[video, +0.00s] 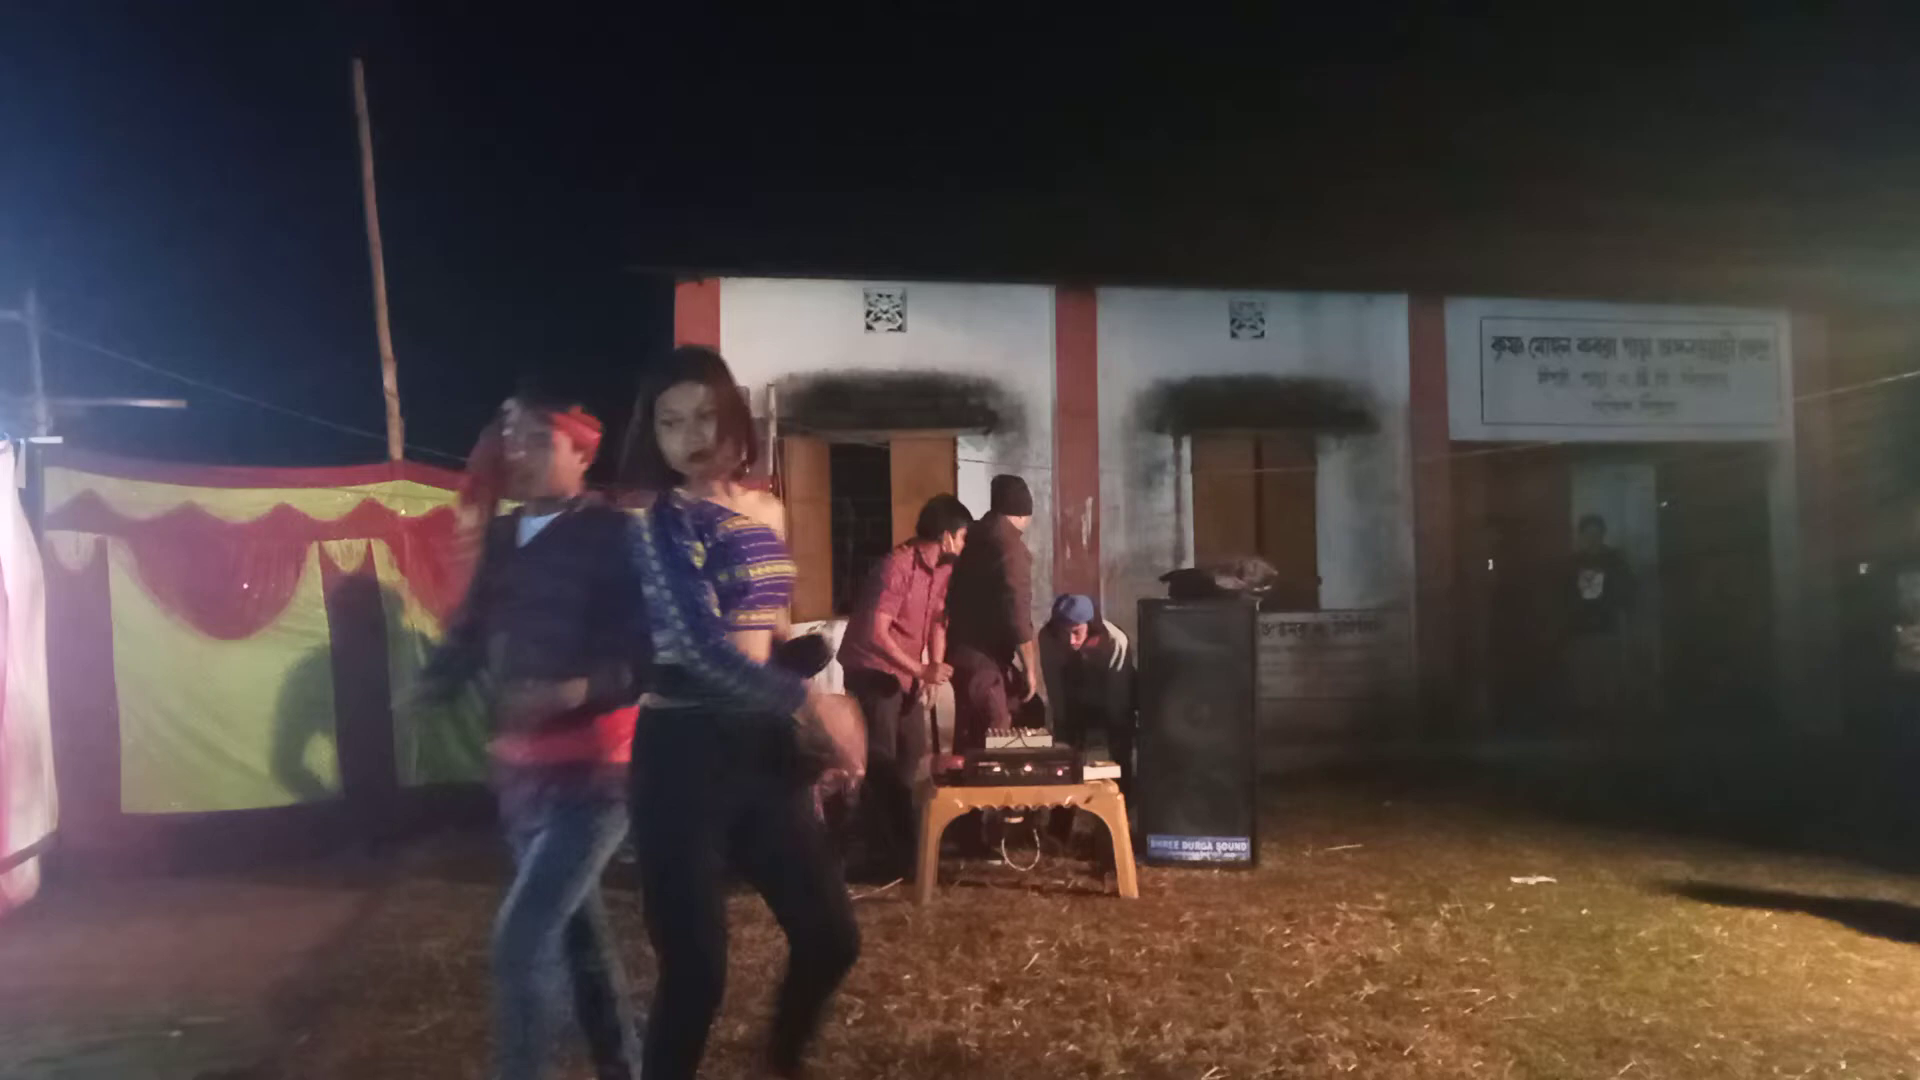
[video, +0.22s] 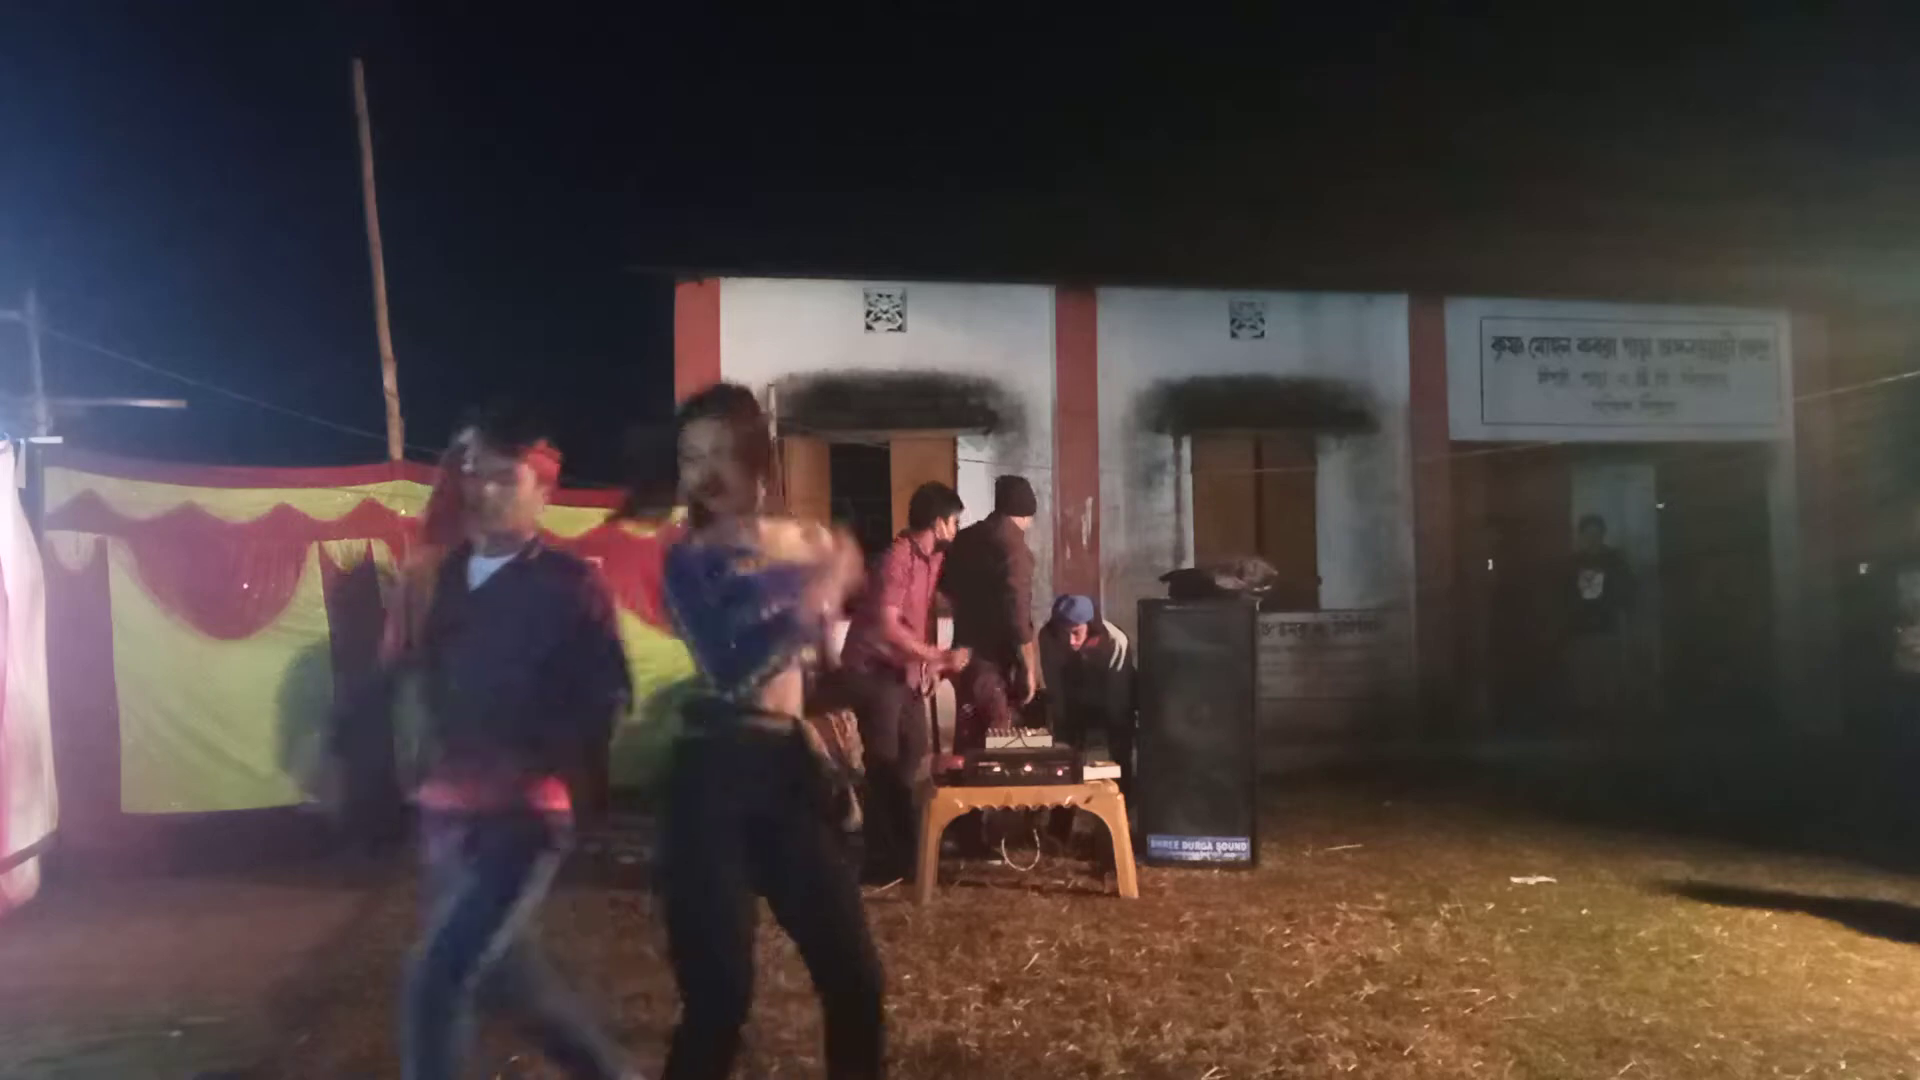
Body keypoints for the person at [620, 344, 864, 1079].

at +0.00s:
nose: (694, 435)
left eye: (707, 416)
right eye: (674, 421)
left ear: (735, 419)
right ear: (653, 433)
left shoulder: (768, 510)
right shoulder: (660, 518)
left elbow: (770, 638)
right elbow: (687, 646)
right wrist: (798, 700)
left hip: (758, 740)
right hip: (680, 744)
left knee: (830, 942)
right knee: (695, 969)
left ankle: (779, 1060)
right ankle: (663, 1072)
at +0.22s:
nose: (699, 475)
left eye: (715, 456)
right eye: (687, 458)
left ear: (759, 460)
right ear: (678, 468)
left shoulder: (809, 545)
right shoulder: (688, 560)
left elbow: (815, 673)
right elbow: (732, 667)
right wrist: (819, 586)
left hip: (791, 769)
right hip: (712, 772)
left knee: (855, 982)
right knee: (717, 998)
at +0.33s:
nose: (712, 468)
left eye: (727, 449)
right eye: (706, 452)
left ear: (777, 447)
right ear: (701, 459)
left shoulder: (846, 525)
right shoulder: (713, 543)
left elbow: (880, 617)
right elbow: (727, 653)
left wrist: (835, 669)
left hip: (819, 744)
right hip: (734, 746)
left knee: (853, 957)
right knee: (724, 959)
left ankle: (857, 1069)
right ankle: (693, 1068)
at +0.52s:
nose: (744, 448)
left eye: (761, 431)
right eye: (735, 432)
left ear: (805, 435)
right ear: (724, 435)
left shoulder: (844, 511)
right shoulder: (731, 525)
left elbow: (942, 594)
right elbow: (717, 625)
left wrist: (1013, 588)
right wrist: (742, 685)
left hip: (843, 724)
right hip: (760, 724)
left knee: (878, 924)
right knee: (746, 933)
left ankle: (899, 1064)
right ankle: (720, 1068)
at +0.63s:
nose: (786, 486)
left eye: (800, 472)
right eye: (773, 471)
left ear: (825, 482)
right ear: (752, 480)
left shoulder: (853, 564)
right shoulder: (736, 577)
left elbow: (937, 640)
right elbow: (733, 699)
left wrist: (969, 749)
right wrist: (765, 806)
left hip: (856, 778)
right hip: (771, 778)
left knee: (909, 972)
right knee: (751, 982)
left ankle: (943, 1066)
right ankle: (718, 1067)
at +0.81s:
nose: (828, 456)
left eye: (839, 441)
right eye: (815, 438)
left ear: (850, 450)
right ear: (781, 441)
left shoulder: (852, 532)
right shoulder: (730, 524)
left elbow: (901, 641)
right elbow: (706, 635)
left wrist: (871, 739)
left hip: (813, 731)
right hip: (730, 734)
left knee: (852, 914)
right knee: (719, 928)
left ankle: (892, 1058)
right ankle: (702, 1067)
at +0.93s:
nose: (825, 436)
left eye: (835, 423)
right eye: (809, 422)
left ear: (848, 428)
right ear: (776, 423)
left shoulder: (844, 512)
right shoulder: (732, 499)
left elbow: (878, 621)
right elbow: (724, 592)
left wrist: (846, 711)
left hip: (813, 708)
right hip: (726, 703)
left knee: (826, 889)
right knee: (700, 893)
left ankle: (823, 1051)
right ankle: (668, 1060)